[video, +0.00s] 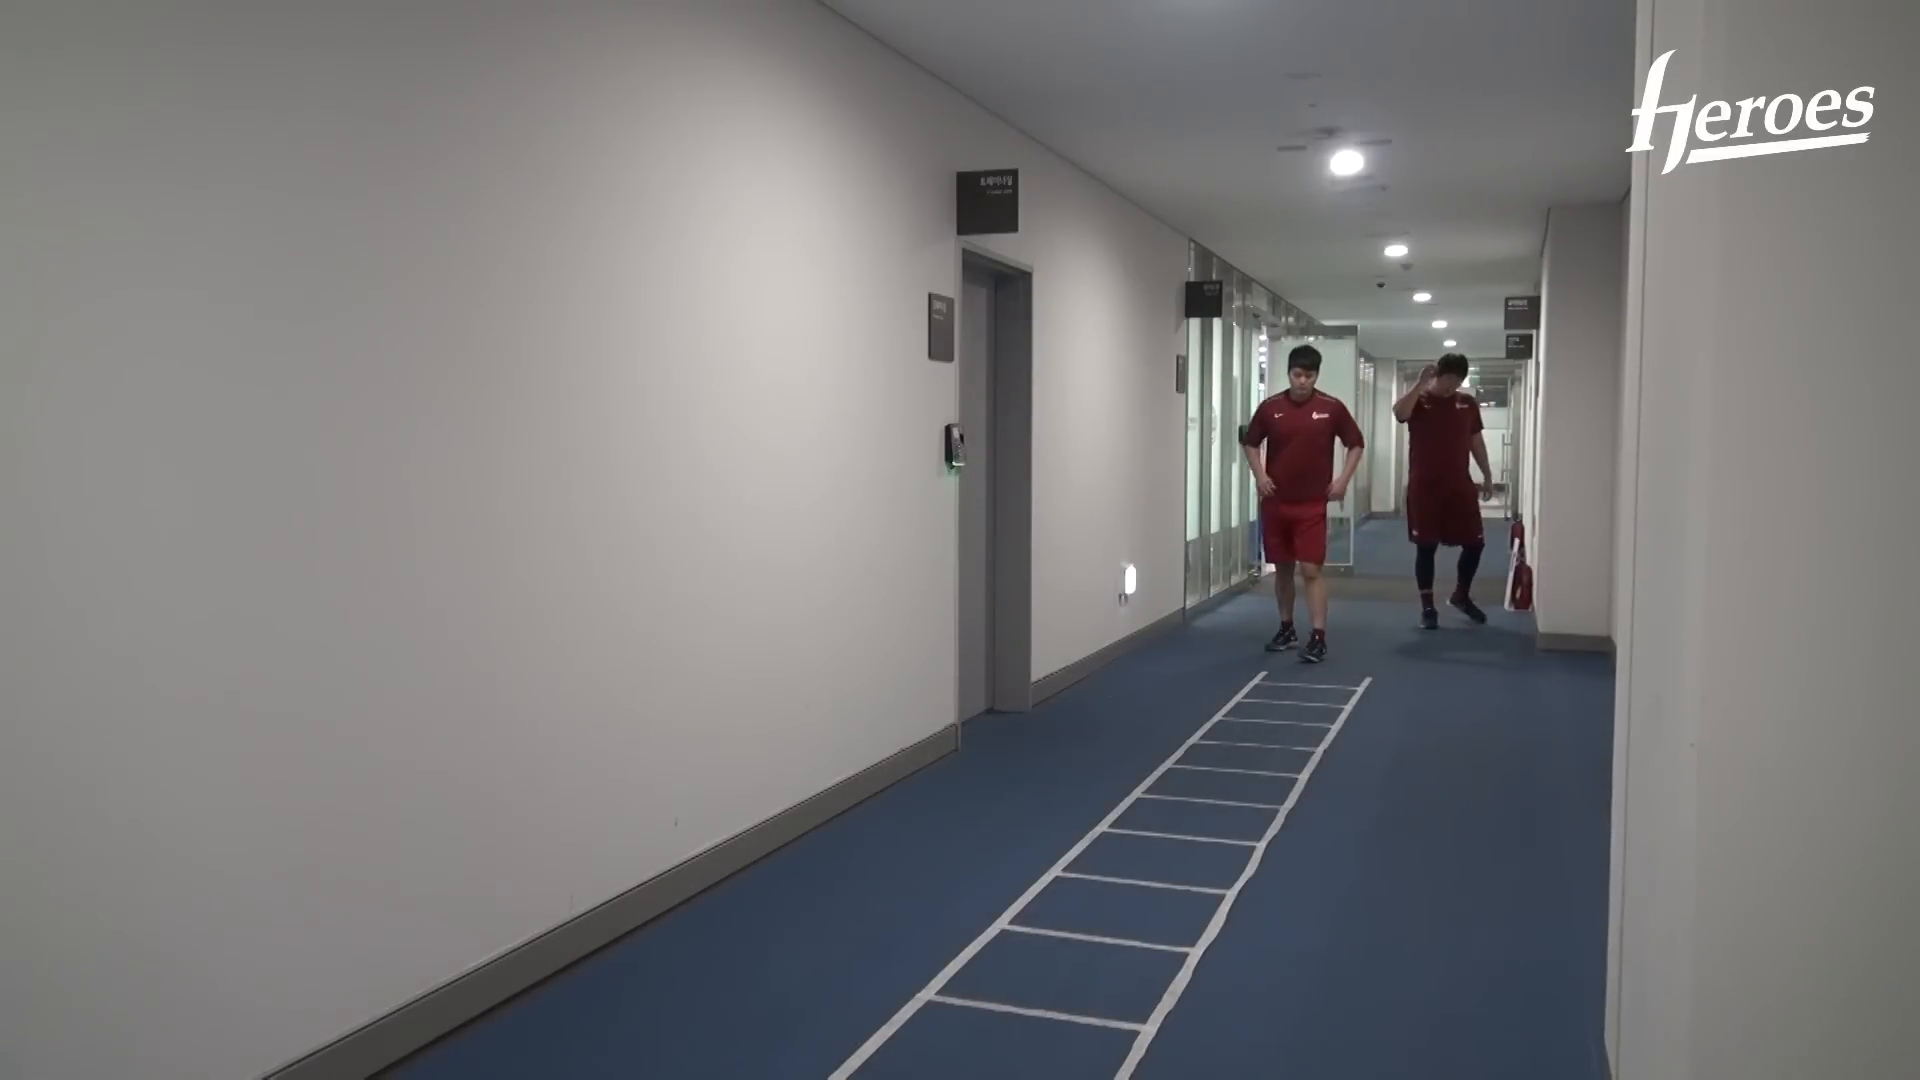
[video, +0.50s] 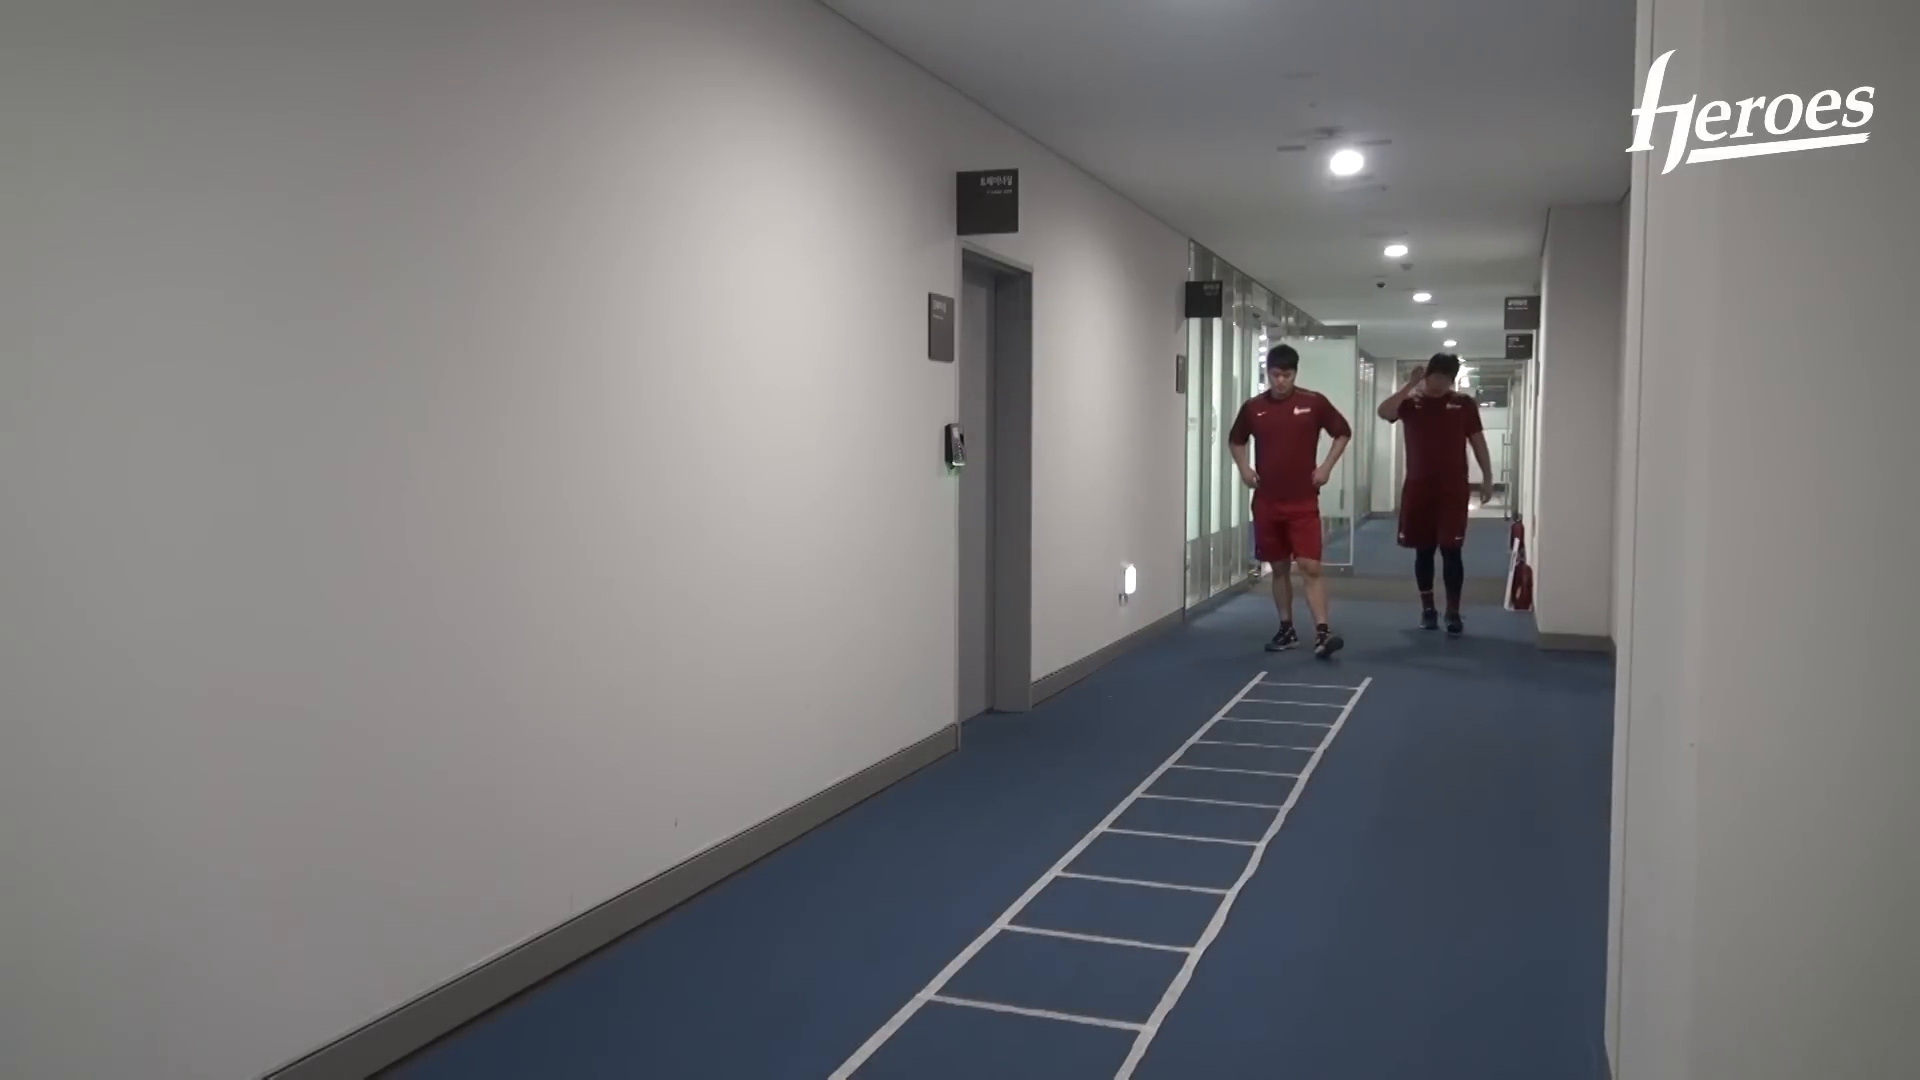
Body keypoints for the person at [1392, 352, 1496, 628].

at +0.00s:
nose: (1453, 387)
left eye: (1458, 383)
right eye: (1450, 381)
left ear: (1461, 381)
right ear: (1437, 375)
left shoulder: (1466, 404)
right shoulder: (1416, 400)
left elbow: (1476, 442)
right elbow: (1400, 413)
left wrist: (1487, 475)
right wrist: (1419, 384)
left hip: (1459, 486)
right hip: (1425, 487)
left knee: (1474, 543)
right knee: (1426, 546)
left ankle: (1461, 595)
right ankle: (1427, 607)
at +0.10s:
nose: (1449, 387)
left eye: (1454, 382)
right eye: (1446, 381)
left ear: (1458, 381)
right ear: (1434, 375)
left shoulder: (1463, 403)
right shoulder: (1413, 401)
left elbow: (1474, 441)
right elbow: (1395, 412)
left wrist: (1484, 475)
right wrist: (1416, 384)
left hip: (1458, 486)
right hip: (1423, 487)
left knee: (1472, 545)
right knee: (1425, 547)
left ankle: (1463, 599)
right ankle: (1428, 607)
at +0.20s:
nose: (1446, 387)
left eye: (1451, 382)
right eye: (1443, 381)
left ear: (1456, 380)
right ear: (1430, 375)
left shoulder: (1462, 403)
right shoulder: (1410, 401)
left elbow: (1474, 440)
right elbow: (1390, 411)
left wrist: (1483, 475)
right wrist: (1412, 384)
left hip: (1457, 487)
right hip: (1422, 488)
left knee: (1467, 548)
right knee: (1425, 548)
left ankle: (1464, 607)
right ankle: (1428, 609)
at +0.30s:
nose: (1443, 386)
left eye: (1448, 382)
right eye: (1440, 381)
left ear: (1453, 380)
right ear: (1428, 375)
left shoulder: (1462, 403)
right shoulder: (1409, 402)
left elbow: (1474, 440)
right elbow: (1387, 411)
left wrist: (1484, 476)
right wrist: (1410, 384)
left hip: (1456, 488)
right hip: (1421, 489)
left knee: (1461, 549)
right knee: (1425, 549)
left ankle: (1462, 612)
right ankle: (1428, 610)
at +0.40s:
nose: (1440, 387)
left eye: (1445, 382)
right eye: (1437, 381)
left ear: (1452, 381)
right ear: (1427, 376)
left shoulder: (1462, 404)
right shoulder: (1409, 403)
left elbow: (1476, 442)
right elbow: (1385, 412)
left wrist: (1486, 477)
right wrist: (1409, 385)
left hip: (1454, 489)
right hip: (1420, 490)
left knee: (1456, 551)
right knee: (1424, 550)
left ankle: (1458, 613)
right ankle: (1428, 609)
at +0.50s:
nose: (1437, 387)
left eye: (1442, 383)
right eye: (1434, 382)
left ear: (1452, 381)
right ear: (1426, 377)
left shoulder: (1463, 405)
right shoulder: (1410, 403)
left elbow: (1478, 442)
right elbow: (1384, 412)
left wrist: (1487, 478)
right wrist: (1408, 386)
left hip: (1453, 489)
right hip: (1419, 489)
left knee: (1451, 550)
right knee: (1424, 550)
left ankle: (1452, 612)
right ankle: (1428, 609)